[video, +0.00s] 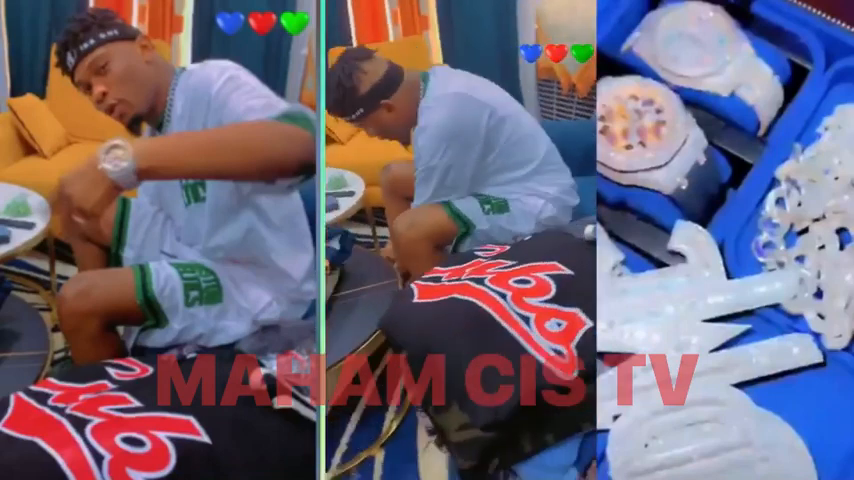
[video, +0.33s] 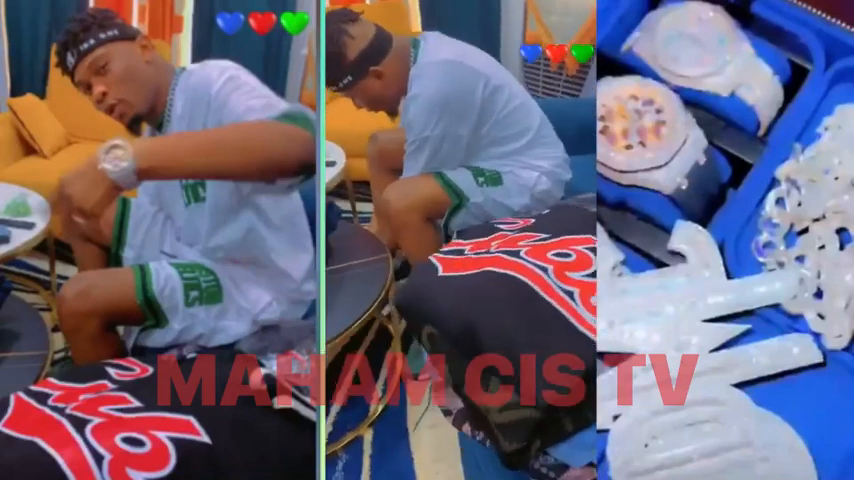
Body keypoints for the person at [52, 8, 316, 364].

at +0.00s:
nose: (97, 94)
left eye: (102, 70)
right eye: (87, 89)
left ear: (145, 48)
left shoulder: (214, 81)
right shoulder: (153, 134)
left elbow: (298, 146)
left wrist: (131, 160)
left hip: (262, 279)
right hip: (192, 253)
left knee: (80, 300)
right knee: (83, 213)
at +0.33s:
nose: (97, 94)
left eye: (102, 70)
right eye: (87, 89)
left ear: (145, 48)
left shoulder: (213, 81)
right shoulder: (153, 134)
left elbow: (298, 146)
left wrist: (131, 160)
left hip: (261, 277)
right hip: (191, 252)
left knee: (80, 300)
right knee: (83, 213)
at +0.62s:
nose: (97, 94)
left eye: (102, 70)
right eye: (87, 89)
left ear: (145, 48)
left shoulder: (213, 81)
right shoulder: (153, 134)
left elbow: (297, 147)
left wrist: (132, 160)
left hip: (262, 279)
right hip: (192, 253)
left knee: (80, 299)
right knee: (84, 214)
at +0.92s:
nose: (97, 94)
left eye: (102, 70)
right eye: (87, 89)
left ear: (144, 48)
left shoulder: (213, 81)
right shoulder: (152, 136)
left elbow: (298, 146)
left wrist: (131, 160)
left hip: (262, 279)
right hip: (193, 253)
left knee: (79, 300)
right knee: (84, 214)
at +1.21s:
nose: (97, 94)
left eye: (102, 70)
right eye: (87, 90)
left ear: (144, 48)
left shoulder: (213, 81)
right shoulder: (152, 136)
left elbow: (297, 146)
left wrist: (131, 160)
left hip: (262, 279)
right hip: (193, 253)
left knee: (79, 300)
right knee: (84, 214)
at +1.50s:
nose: (97, 94)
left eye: (102, 70)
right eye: (87, 89)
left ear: (144, 48)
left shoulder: (213, 81)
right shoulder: (153, 134)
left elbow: (298, 146)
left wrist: (131, 160)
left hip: (262, 279)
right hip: (193, 253)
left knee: (80, 300)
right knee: (83, 214)